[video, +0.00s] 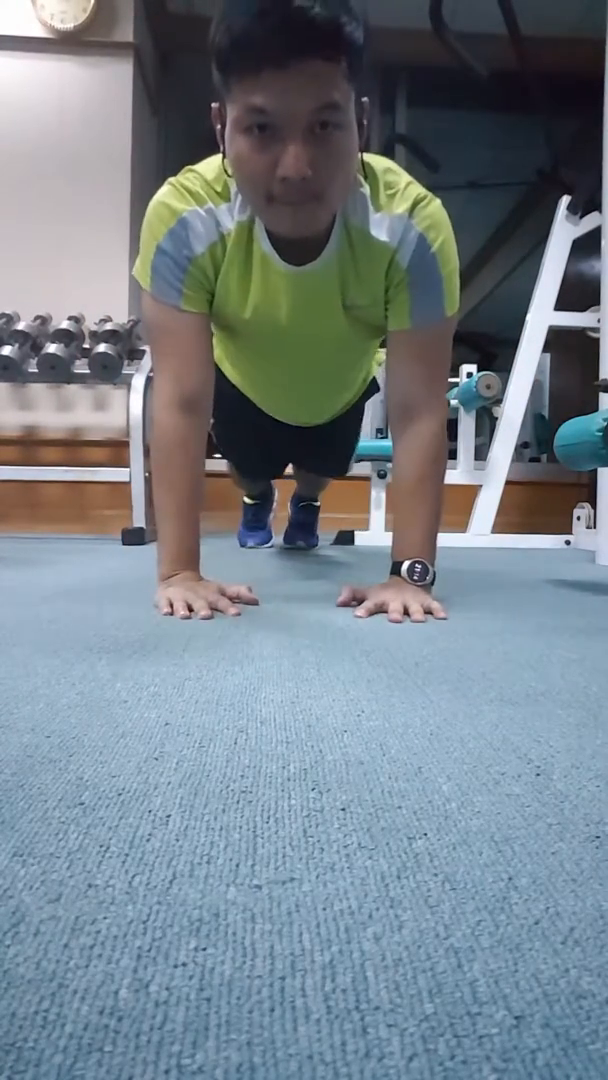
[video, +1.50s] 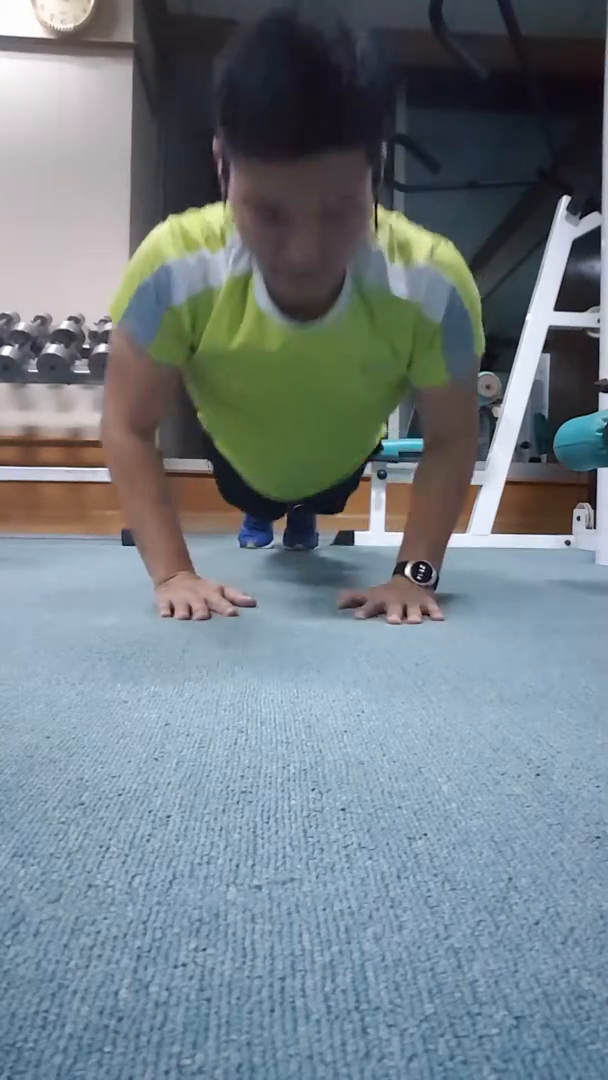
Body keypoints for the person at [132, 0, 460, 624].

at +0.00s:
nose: (296, 164)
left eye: (324, 126)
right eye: (262, 129)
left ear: (361, 123)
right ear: (221, 128)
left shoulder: (412, 226)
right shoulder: (184, 216)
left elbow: (420, 413)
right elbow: (179, 403)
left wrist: (412, 574)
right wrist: (179, 572)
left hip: (339, 390)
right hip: (242, 383)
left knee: (317, 467)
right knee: (249, 464)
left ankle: (304, 506)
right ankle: (257, 501)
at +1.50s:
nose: (306, 248)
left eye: (337, 212)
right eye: (271, 215)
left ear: (376, 171)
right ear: (222, 169)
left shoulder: (428, 275)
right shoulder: (175, 260)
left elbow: (451, 436)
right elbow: (125, 427)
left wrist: (415, 574)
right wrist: (173, 574)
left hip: (339, 463)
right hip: (240, 458)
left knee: (314, 499)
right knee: (256, 498)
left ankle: (301, 519)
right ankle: (260, 518)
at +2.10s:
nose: (306, 588)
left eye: (348, 554)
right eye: (266, 553)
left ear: (387, 488)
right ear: (214, 480)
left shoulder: (438, 474)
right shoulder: (161, 469)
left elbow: (494, 444)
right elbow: (91, 439)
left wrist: (425, 574)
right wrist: (167, 570)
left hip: (375, 578)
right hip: (225, 580)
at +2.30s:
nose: (313, 456)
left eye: (347, 419)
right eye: (277, 421)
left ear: (385, 369)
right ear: (219, 357)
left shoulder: (448, 397)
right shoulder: (160, 397)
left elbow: (485, 454)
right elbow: (97, 446)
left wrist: (419, 575)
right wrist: (172, 575)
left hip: (340, 551)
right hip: (227, 552)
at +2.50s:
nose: (317, 261)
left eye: (350, 224)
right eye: (281, 228)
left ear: (387, 192)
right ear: (227, 192)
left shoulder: (433, 288)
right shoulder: (174, 288)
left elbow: (471, 442)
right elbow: (117, 436)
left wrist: (418, 576)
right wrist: (175, 575)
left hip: (342, 484)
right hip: (236, 491)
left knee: (324, 515)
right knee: (251, 525)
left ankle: (313, 531)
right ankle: (268, 533)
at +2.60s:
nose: (318, 189)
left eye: (348, 152)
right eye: (283, 154)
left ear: (384, 128)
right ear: (232, 132)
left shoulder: (428, 249)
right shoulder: (183, 244)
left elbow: (451, 427)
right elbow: (138, 423)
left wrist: (415, 577)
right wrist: (176, 576)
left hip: (340, 464)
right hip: (238, 464)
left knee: (315, 504)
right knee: (253, 506)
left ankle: (301, 520)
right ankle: (261, 520)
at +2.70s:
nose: (316, 136)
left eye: (343, 102)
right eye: (282, 101)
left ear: (381, 84)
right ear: (236, 85)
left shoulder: (426, 222)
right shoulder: (189, 210)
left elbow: (428, 406)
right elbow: (160, 399)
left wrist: (414, 574)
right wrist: (176, 571)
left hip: (340, 444)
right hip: (240, 442)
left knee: (315, 492)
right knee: (254, 489)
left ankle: (301, 516)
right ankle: (260, 514)